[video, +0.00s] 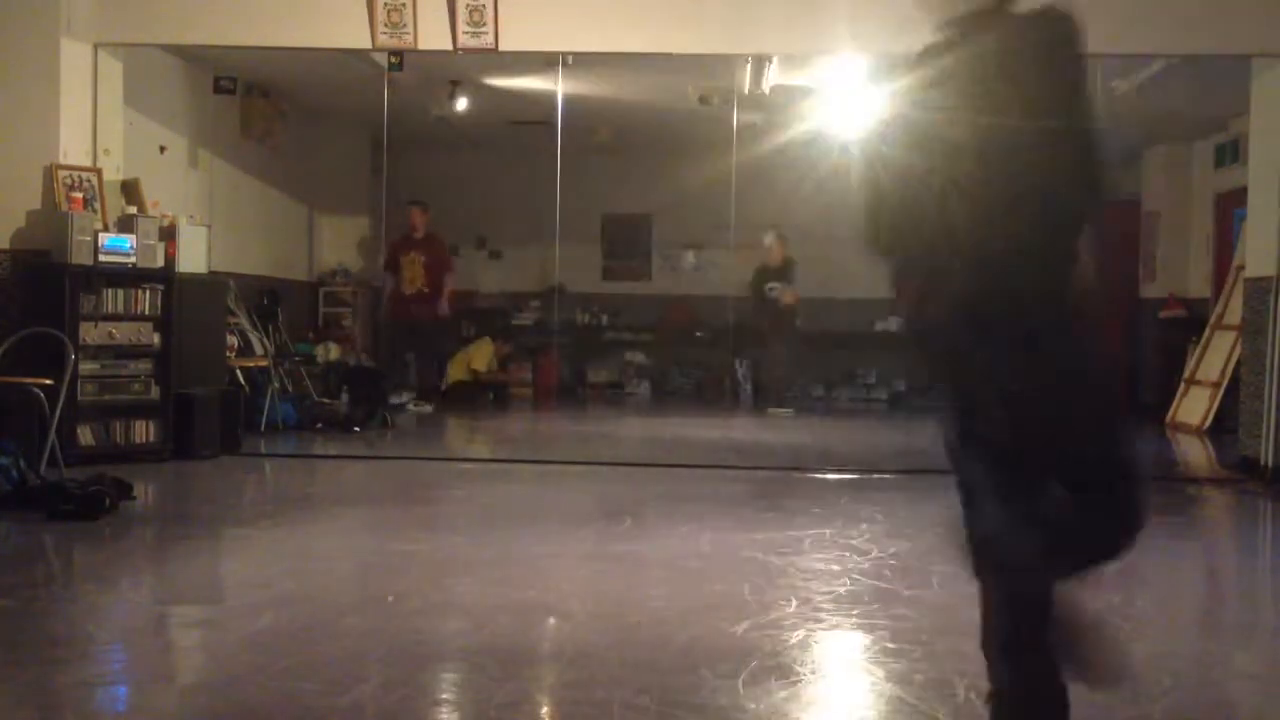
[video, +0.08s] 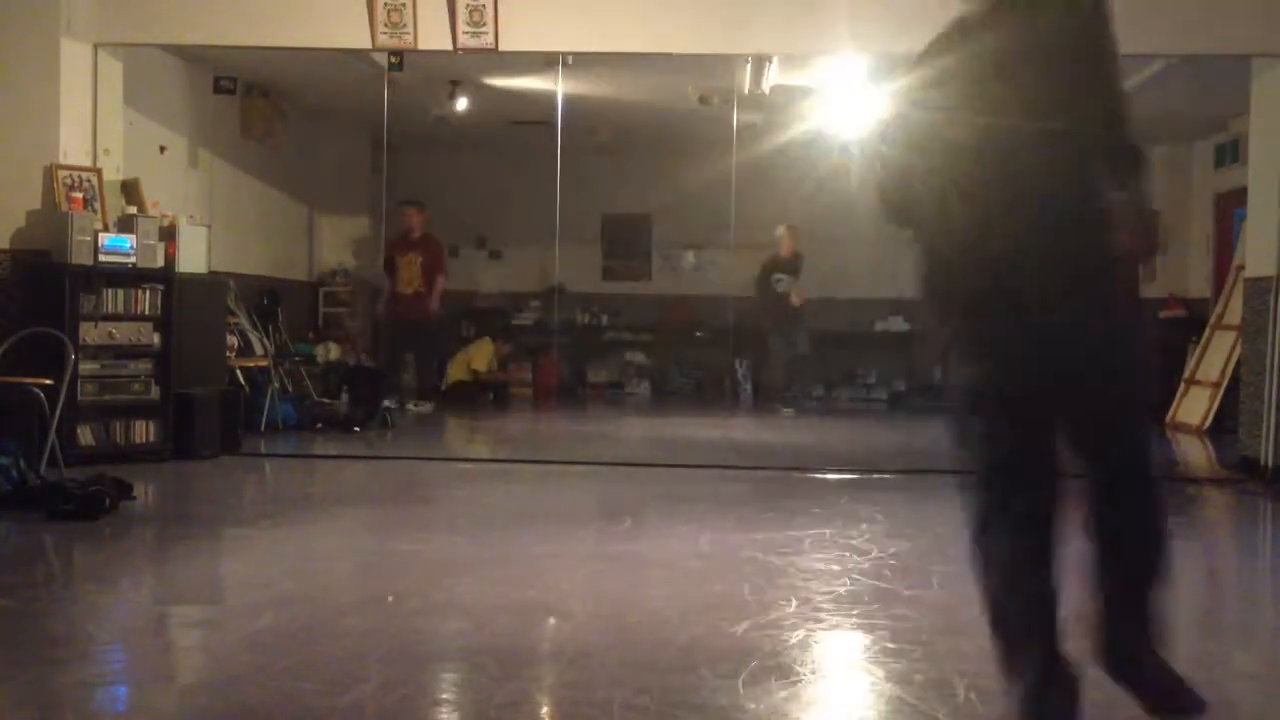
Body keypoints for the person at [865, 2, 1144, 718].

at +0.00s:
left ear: (952, 17)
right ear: (1017, 7)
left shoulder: (919, 83)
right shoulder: (1046, 42)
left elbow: (886, 225)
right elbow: (1078, 190)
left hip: (952, 321)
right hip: (1042, 316)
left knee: (1000, 511)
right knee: (1113, 510)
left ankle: (1027, 698)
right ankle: (1020, 562)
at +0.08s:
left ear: (981, 9)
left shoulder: (937, 64)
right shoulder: (1079, 23)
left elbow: (899, 192)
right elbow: (1116, 152)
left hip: (988, 320)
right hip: (1091, 314)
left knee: (1012, 494)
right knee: (1127, 481)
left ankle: (1039, 680)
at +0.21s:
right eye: (1098, 20)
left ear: (1028, 10)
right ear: (1092, 7)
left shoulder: (970, 69)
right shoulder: (1112, 50)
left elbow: (895, 170)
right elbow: (1151, 163)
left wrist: (928, 285)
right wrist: (1204, 205)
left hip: (1001, 302)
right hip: (1101, 299)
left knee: (1047, 435)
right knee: (1148, 488)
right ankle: (1163, 668)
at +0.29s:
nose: (1103, 21)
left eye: (1094, 13)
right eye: (1106, 13)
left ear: (1037, 15)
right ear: (1105, 16)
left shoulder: (971, 88)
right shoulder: (1123, 82)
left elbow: (882, 175)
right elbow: (1175, 202)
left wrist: (875, 293)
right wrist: (1197, 186)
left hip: (1003, 316)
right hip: (1109, 314)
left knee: (1070, 504)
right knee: (1164, 496)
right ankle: (1156, 674)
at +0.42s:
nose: (1018, 15)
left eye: (1009, 7)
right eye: (1049, 9)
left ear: (1003, 10)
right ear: (1072, 8)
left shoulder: (962, 79)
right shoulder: (1122, 64)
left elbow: (892, 155)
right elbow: (1181, 156)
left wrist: (911, 252)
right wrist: (1182, 253)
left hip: (1010, 299)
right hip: (1108, 296)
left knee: (1030, 459)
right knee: (1134, 453)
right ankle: (1163, 636)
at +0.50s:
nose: (971, 34)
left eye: (973, 23)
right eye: (982, 22)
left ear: (979, 26)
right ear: (1041, 22)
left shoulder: (952, 98)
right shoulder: (1102, 83)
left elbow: (919, 204)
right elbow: (1179, 161)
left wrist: (980, 238)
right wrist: (1201, 272)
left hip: (1012, 313)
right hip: (1103, 304)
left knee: (1008, 490)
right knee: (1077, 454)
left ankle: (1056, 639)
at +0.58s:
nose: (970, 38)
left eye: (965, 28)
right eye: (1011, 25)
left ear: (961, 34)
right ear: (1031, 28)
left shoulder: (942, 105)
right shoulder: (1090, 92)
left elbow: (921, 215)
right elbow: (1170, 146)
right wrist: (1205, 254)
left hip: (1005, 313)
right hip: (1092, 306)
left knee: (996, 487)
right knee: (1045, 447)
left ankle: (1055, 638)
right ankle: (1123, 469)